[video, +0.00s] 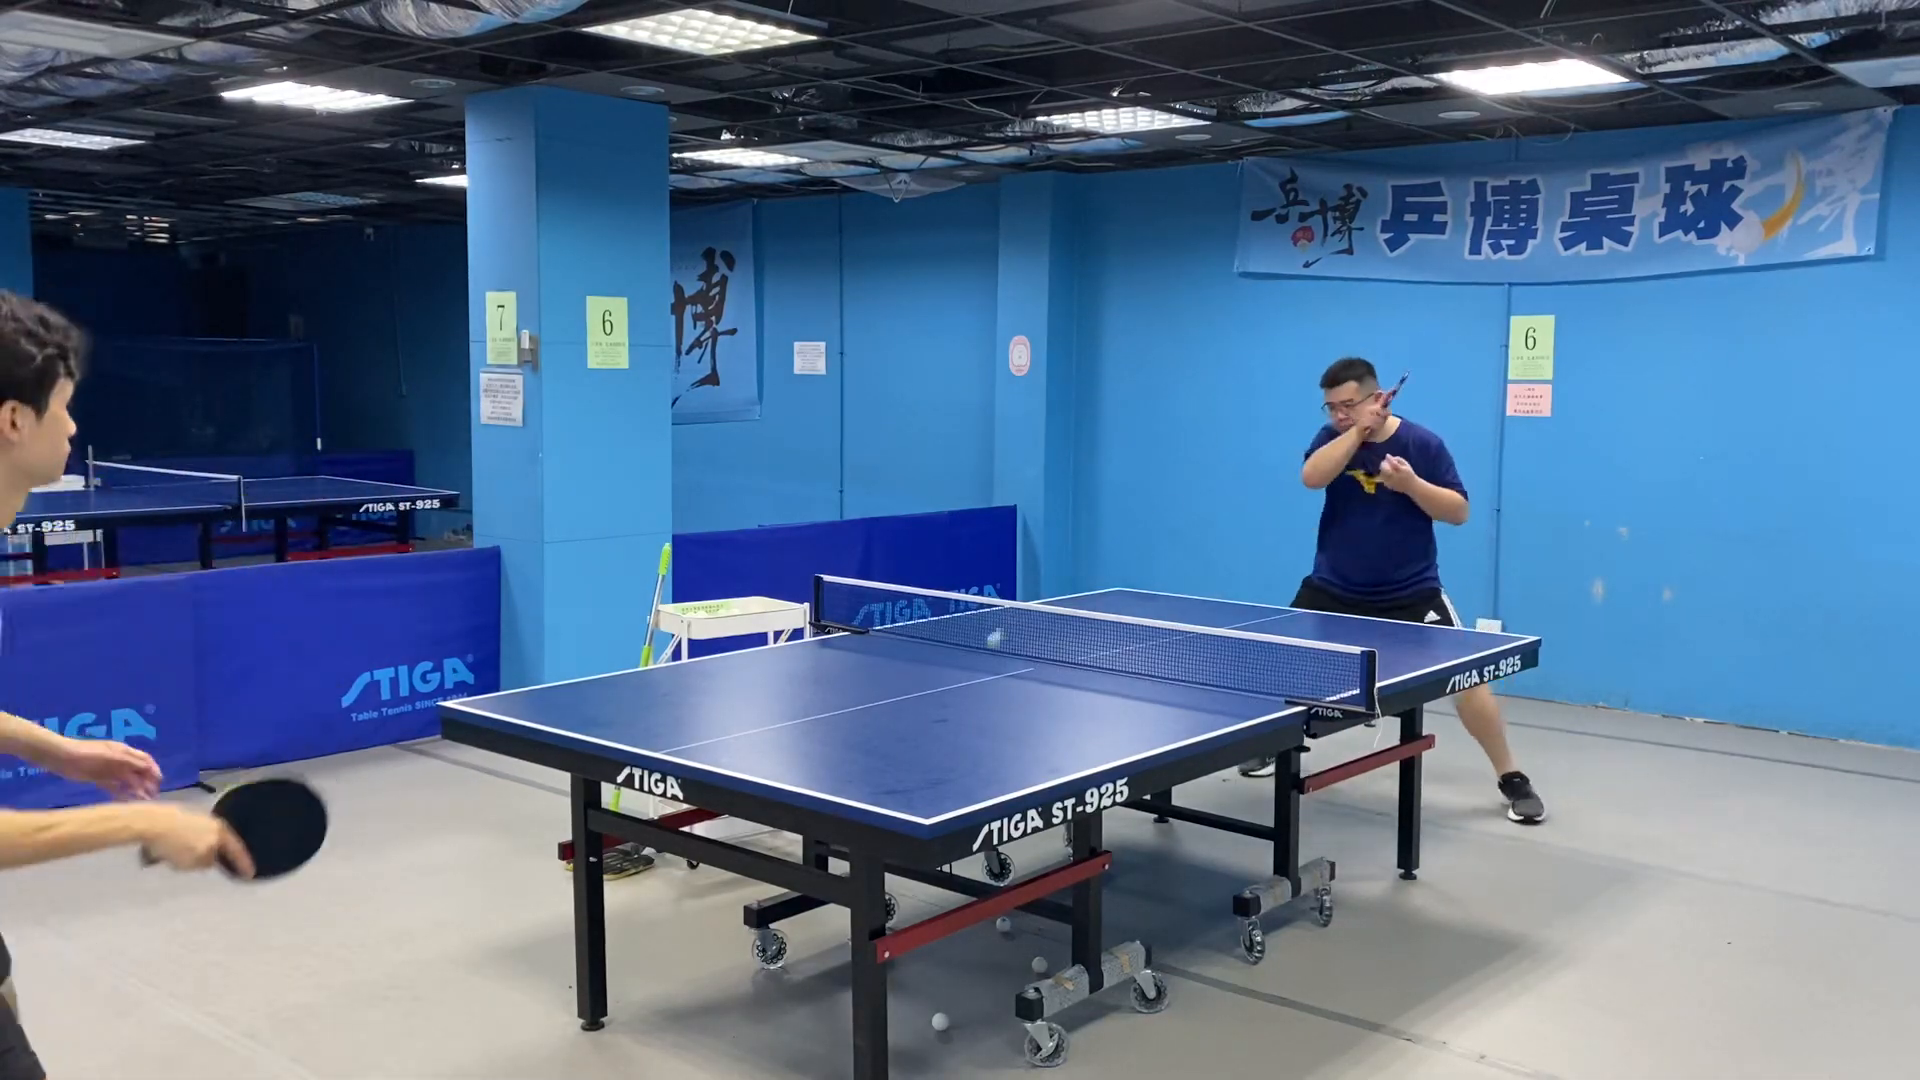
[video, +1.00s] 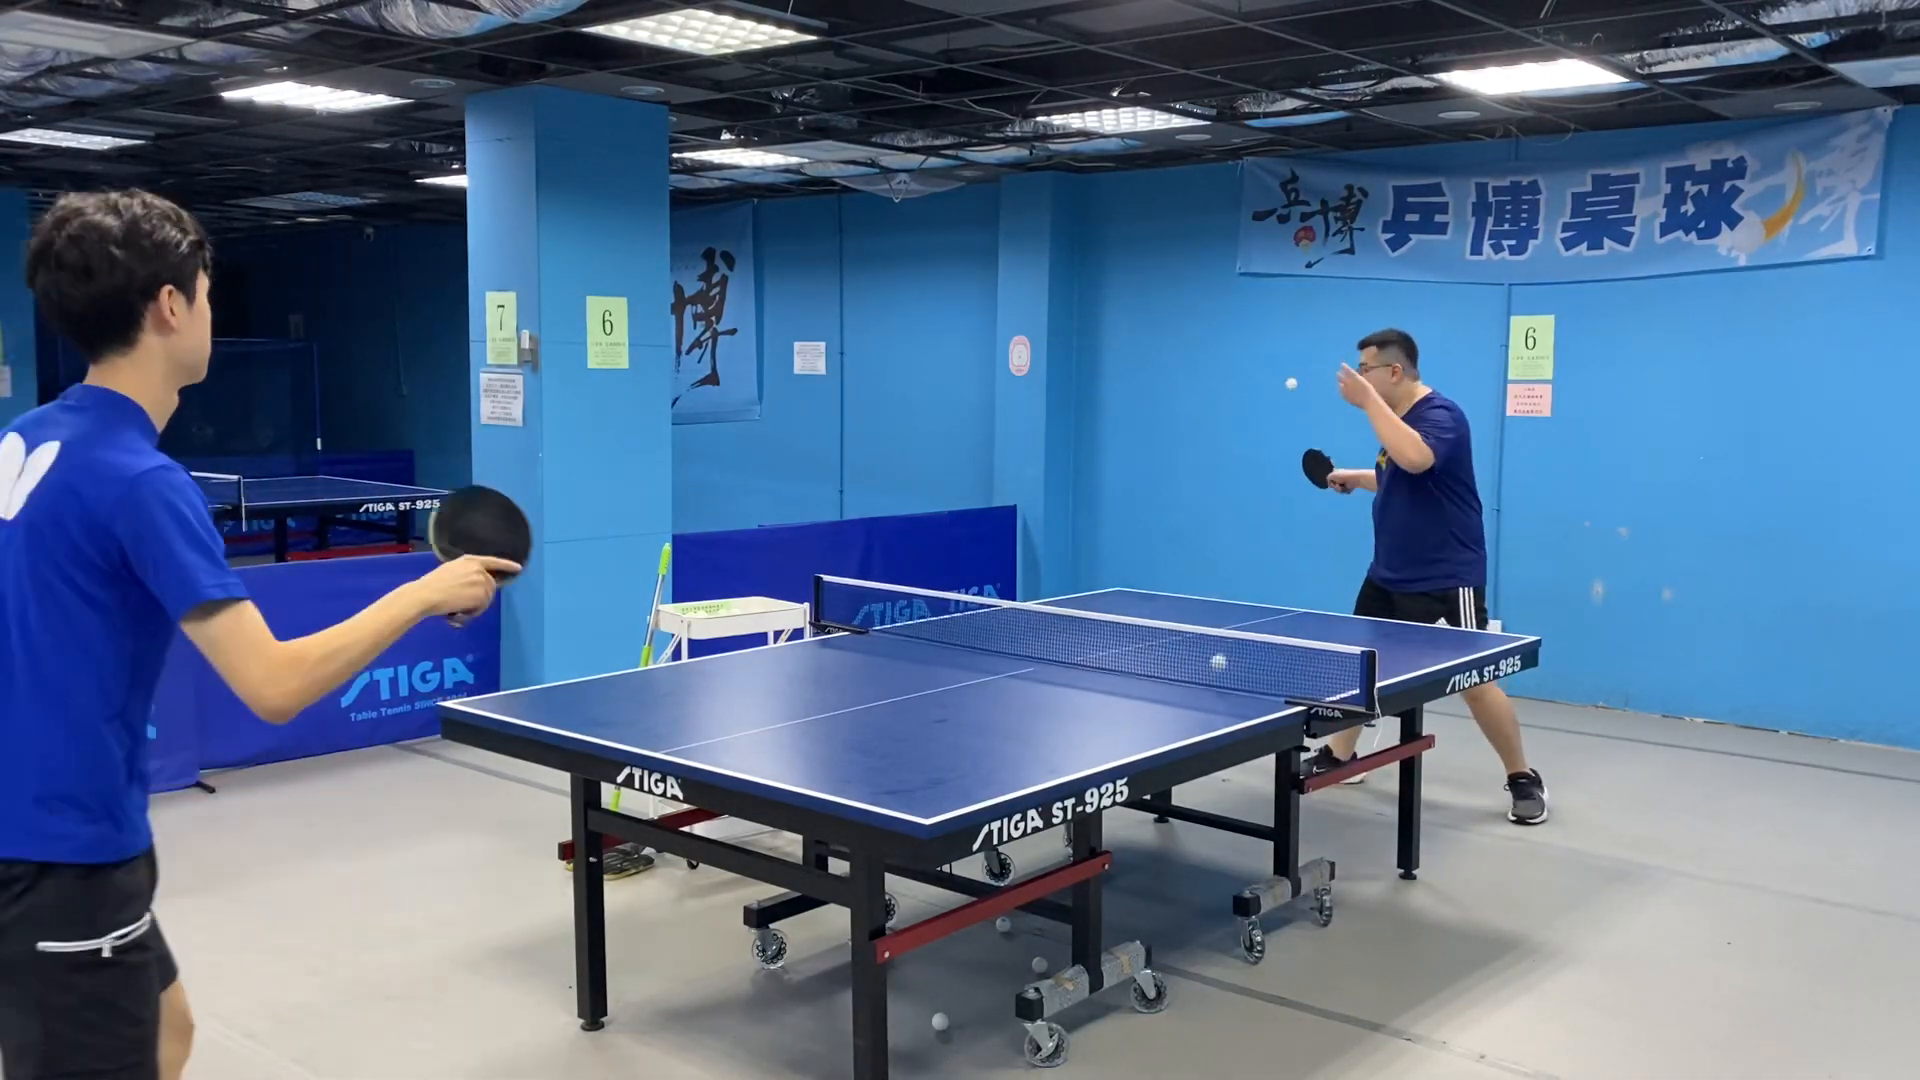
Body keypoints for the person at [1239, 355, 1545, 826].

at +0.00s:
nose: (1338, 417)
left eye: (1348, 406)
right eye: (1332, 408)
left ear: (1377, 400)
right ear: (1329, 407)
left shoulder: (1423, 445)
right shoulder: (1331, 438)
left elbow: (1458, 512)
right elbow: (1313, 477)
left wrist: (1411, 484)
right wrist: (1358, 431)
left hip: (1410, 595)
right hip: (1332, 591)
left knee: (1466, 676)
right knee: (1278, 659)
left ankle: (1510, 777)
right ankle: (1268, 741)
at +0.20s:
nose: (1350, 415)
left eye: (1359, 405)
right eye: (1343, 407)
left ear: (1387, 400)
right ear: (1337, 407)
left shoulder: (1432, 450)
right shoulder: (1334, 452)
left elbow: (1468, 509)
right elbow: (1305, 511)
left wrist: (1422, 514)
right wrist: (1328, 495)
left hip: (1421, 597)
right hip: (1342, 594)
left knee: (1471, 676)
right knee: (1288, 660)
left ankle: (1511, 777)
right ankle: (1275, 745)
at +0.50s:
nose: (1358, 390)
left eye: (1367, 380)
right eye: (1352, 382)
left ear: (1397, 377)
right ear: (1350, 385)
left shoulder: (1440, 424)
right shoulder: (1372, 437)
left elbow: (1457, 491)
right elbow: (1376, 498)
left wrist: (1383, 519)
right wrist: (1339, 524)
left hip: (1457, 577)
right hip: (1391, 574)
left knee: (1485, 680)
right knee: (1346, 657)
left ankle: (1515, 779)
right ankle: (1338, 749)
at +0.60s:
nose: (1357, 388)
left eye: (1366, 378)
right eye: (1352, 380)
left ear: (1396, 376)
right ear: (1352, 383)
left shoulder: (1432, 423)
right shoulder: (1382, 434)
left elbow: (1428, 496)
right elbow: (1389, 504)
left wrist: (1351, 502)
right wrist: (1350, 535)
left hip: (1454, 577)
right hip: (1393, 574)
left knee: (1481, 679)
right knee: (1354, 661)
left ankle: (1514, 778)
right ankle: (1341, 752)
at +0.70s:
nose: (1356, 385)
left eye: (1364, 375)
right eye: (1353, 376)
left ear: (1398, 373)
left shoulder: (1428, 421)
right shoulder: (1389, 425)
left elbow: (1395, 486)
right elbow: (1395, 496)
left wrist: (1321, 464)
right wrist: (1358, 526)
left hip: (1445, 576)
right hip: (1389, 572)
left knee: (1475, 678)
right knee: (1351, 660)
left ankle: (1515, 778)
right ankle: (1339, 754)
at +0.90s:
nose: (1356, 374)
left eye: (1364, 365)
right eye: (1357, 366)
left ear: (1397, 368)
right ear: (1388, 371)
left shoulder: (1433, 413)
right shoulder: (1394, 418)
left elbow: (1386, 453)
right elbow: (1407, 478)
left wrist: (1342, 398)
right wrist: (1362, 485)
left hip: (1441, 576)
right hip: (1385, 571)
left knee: (1473, 680)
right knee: (1355, 665)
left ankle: (1520, 776)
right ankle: (1341, 753)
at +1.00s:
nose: (1362, 380)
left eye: (1368, 370)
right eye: (1362, 371)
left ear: (1397, 371)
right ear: (1390, 374)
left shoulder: (1443, 415)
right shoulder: (1396, 422)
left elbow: (1416, 458)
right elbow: (1402, 484)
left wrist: (1369, 400)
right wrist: (1353, 478)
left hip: (1447, 580)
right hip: (1388, 574)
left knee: (1474, 680)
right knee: (1360, 667)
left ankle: (1521, 777)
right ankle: (1339, 753)